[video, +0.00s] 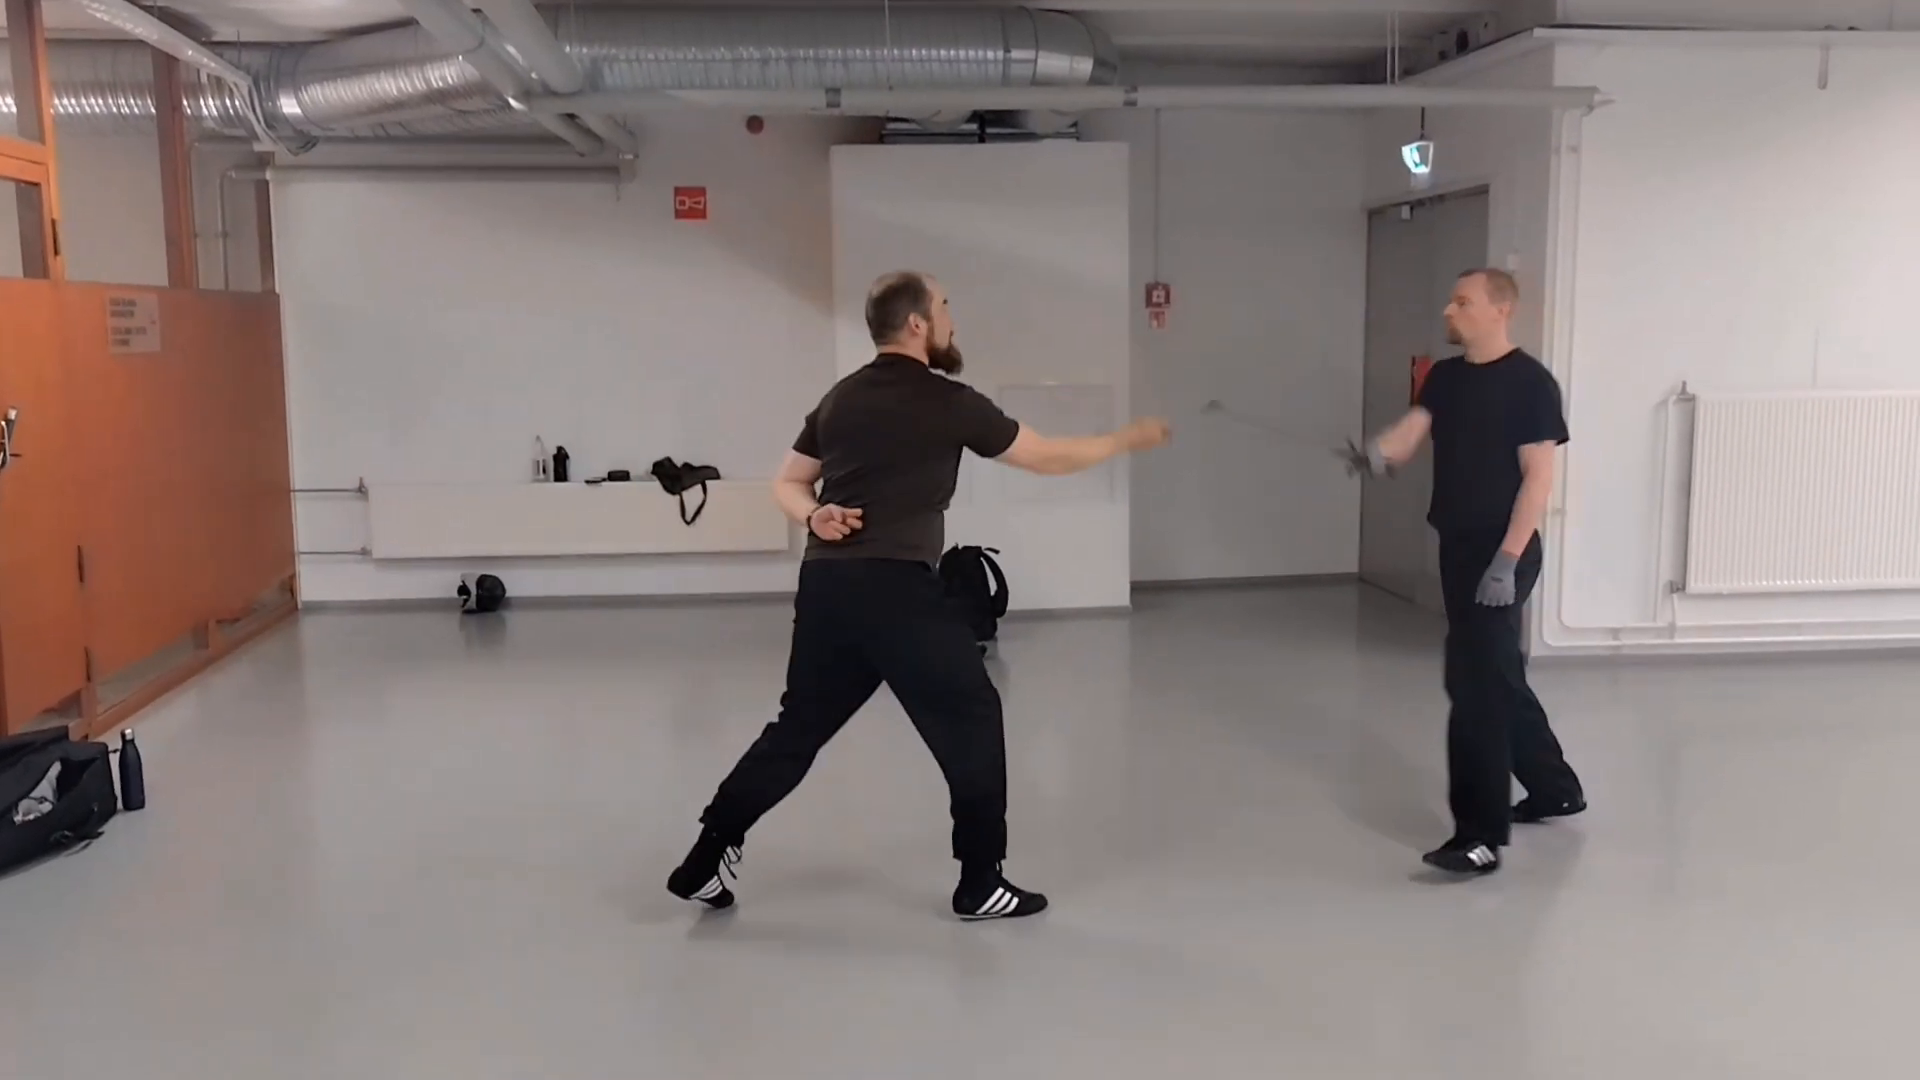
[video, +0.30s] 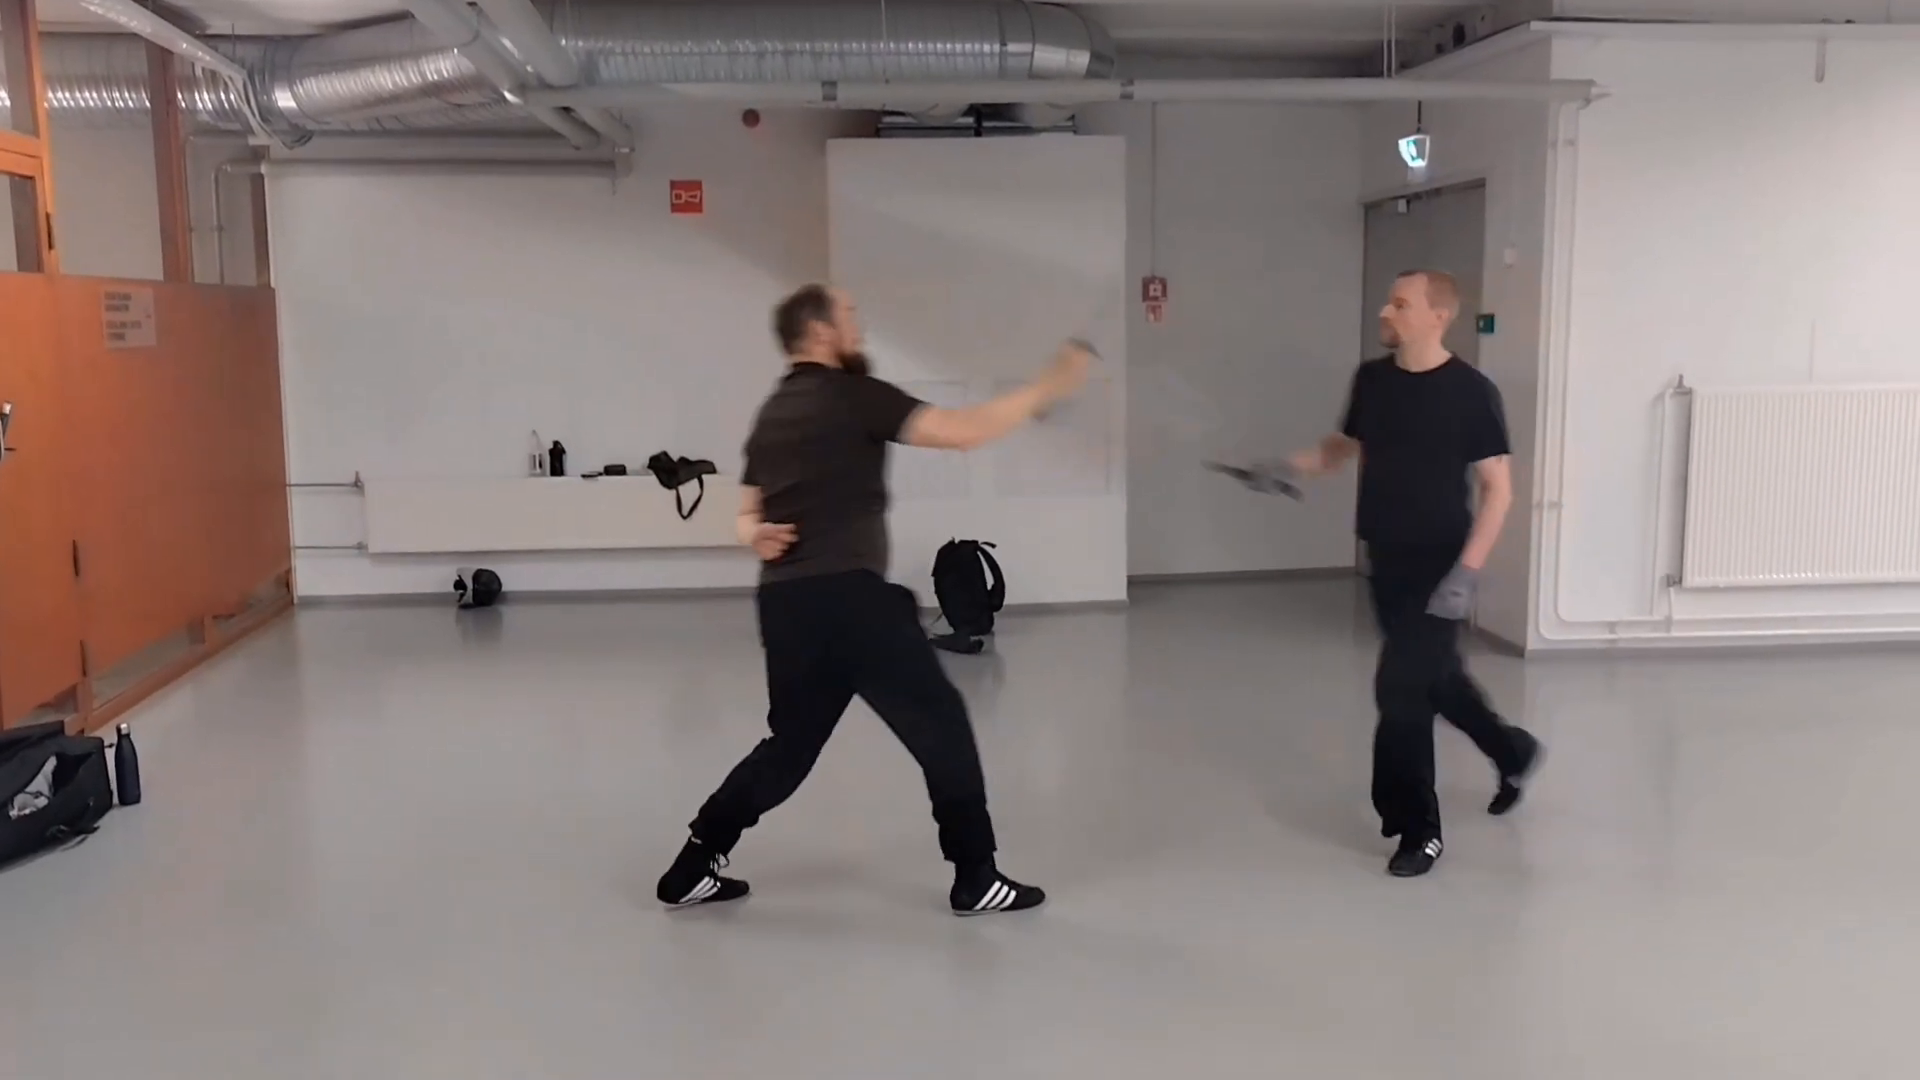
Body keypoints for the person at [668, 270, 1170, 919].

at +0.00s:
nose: (952, 320)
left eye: (947, 308)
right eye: (943, 309)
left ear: (888, 329)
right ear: (917, 323)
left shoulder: (841, 398)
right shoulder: (947, 399)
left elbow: (789, 483)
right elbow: (1042, 456)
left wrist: (812, 513)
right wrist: (1123, 440)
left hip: (825, 591)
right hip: (902, 589)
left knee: (798, 727)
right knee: (972, 718)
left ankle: (707, 857)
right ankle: (981, 882)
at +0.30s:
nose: (859, 328)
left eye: (854, 315)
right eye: (848, 316)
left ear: (802, 336)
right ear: (818, 330)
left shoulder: (775, 410)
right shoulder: (854, 393)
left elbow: (748, 514)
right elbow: (960, 430)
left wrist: (759, 534)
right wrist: (1048, 389)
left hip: (788, 604)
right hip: (855, 599)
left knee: (790, 746)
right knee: (941, 728)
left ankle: (691, 868)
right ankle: (976, 879)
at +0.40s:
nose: (804, 331)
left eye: (799, 319)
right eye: (792, 319)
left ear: (745, 337)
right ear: (759, 331)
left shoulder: (726, 407)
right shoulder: (784, 390)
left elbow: (737, 502)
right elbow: (894, 414)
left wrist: (717, 531)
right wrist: (983, 359)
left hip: (753, 601)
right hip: (810, 595)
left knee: (776, 749)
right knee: (903, 722)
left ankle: (690, 869)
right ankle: (973, 861)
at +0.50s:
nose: (754, 331)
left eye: (749, 318)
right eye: (743, 319)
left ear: (694, 336)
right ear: (709, 331)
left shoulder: (680, 403)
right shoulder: (731, 392)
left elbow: (710, 498)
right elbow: (847, 426)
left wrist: (690, 537)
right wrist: (924, 374)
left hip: (715, 601)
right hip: (766, 594)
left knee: (760, 745)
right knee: (865, 709)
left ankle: (687, 871)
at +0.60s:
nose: (716, 324)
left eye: (712, 309)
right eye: (706, 311)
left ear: (654, 328)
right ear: (673, 322)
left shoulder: (636, 397)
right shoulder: (696, 385)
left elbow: (660, 498)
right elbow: (794, 450)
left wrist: (644, 529)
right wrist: (872, 418)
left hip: (667, 592)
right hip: (715, 585)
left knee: (739, 720)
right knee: (794, 722)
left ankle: (685, 869)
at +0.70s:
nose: (684, 316)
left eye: (680, 302)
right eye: (675, 303)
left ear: (623, 316)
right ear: (638, 312)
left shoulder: (590, 392)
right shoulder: (674, 382)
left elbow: (591, 497)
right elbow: (764, 481)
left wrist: (592, 517)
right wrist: (814, 475)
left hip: (618, 586)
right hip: (666, 584)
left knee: (691, 729)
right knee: (707, 737)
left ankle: (681, 867)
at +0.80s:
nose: (658, 339)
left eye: (653, 326)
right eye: (649, 327)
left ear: (587, 343)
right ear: (616, 339)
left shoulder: (540, 414)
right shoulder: (652, 432)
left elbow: (504, 519)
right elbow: (716, 543)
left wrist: (533, 547)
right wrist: (740, 531)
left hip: (544, 610)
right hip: (589, 617)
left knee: (663, 711)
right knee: (526, 780)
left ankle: (674, 864)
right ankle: (390, 937)